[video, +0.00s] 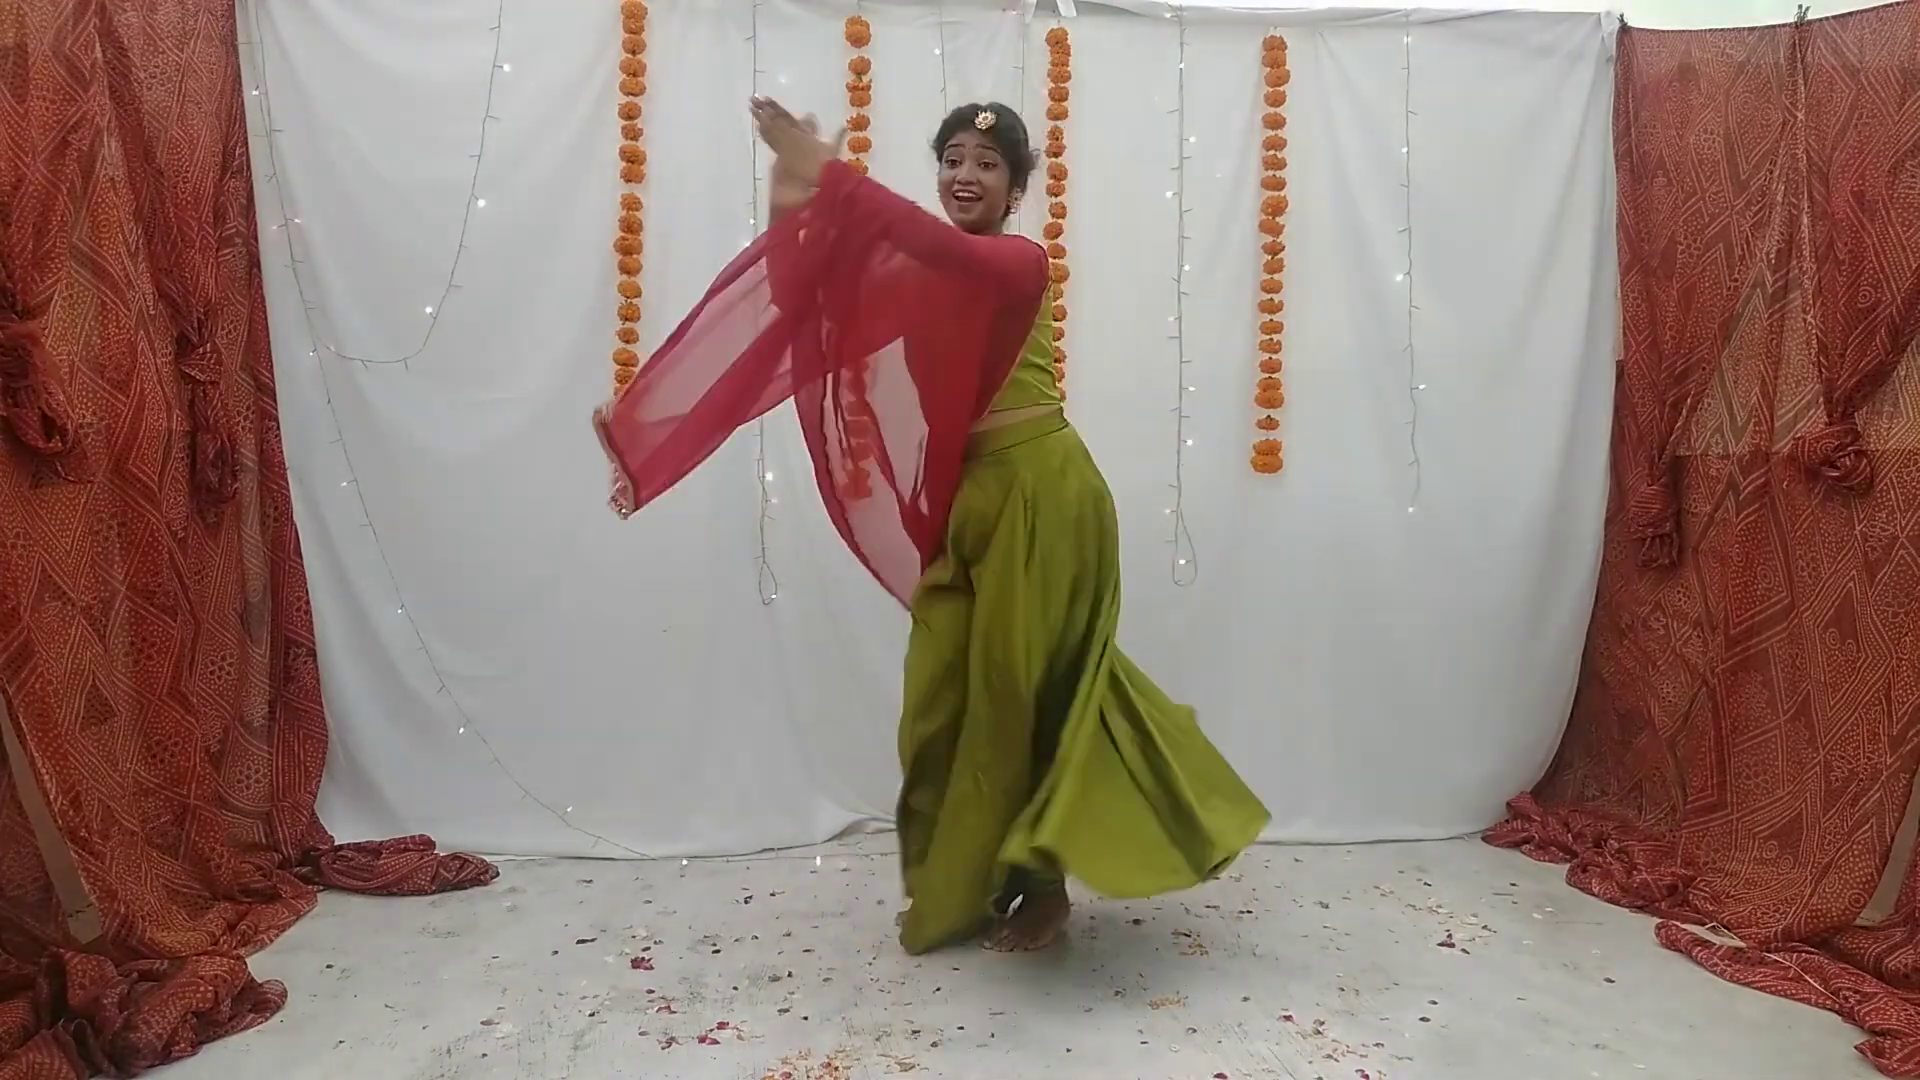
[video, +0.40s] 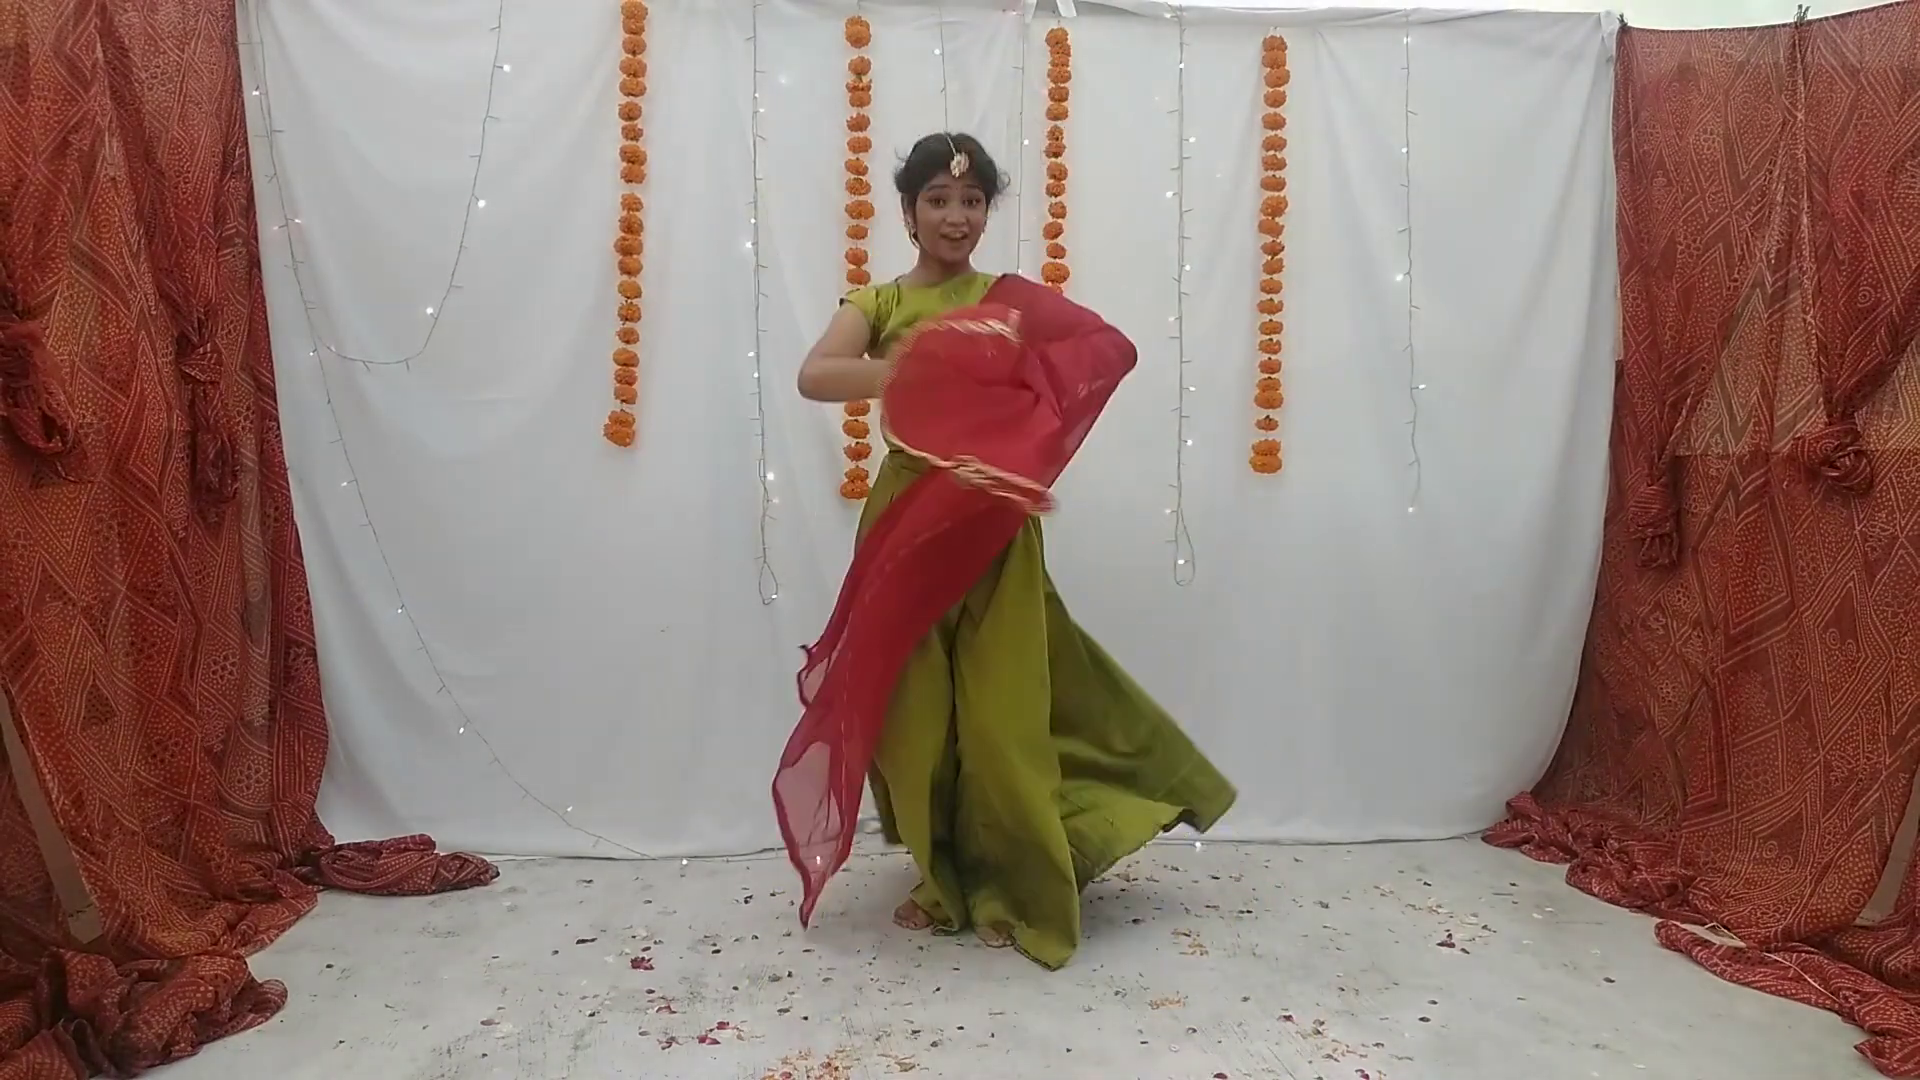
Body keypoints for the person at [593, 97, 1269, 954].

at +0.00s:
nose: (963, 173)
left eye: (985, 160)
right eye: (951, 157)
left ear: (1015, 183)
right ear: (937, 172)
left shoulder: (1023, 260)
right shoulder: (926, 270)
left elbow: (933, 238)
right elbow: (807, 303)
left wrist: (826, 171)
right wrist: (791, 195)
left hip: (1042, 482)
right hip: (964, 489)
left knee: (1021, 685)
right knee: (939, 696)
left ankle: (1041, 879)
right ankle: (963, 887)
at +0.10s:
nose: (958, 169)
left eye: (976, 159)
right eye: (943, 156)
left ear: (1002, 179)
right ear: (919, 173)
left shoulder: (1019, 259)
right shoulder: (893, 265)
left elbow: (1022, 262)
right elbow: (777, 289)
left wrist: (904, 213)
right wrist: (844, 212)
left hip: (1024, 479)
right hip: (929, 490)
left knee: (1016, 685)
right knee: (937, 697)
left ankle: (1003, 889)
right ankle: (942, 890)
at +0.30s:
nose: (954, 182)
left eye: (970, 169)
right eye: (937, 166)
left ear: (986, 185)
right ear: (907, 180)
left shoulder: (1016, 277)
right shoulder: (876, 288)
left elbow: (1109, 313)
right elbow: (844, 399)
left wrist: (1020, 334)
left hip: (1007, 505)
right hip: (914, 511)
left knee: (1006, 689)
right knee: (910, 693)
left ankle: (1016, 880)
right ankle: (938, 870)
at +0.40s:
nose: (958, 216)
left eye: (973, 201)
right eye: (940, 200)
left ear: (988, 211)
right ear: (910, 208)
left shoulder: (1012, 303)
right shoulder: (877, 301)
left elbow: (1061, 388)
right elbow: (815, 374)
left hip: (1000, 514)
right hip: (910, 513)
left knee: (1001, 699)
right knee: (915, 698)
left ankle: (1014, 884)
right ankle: (938, 874)